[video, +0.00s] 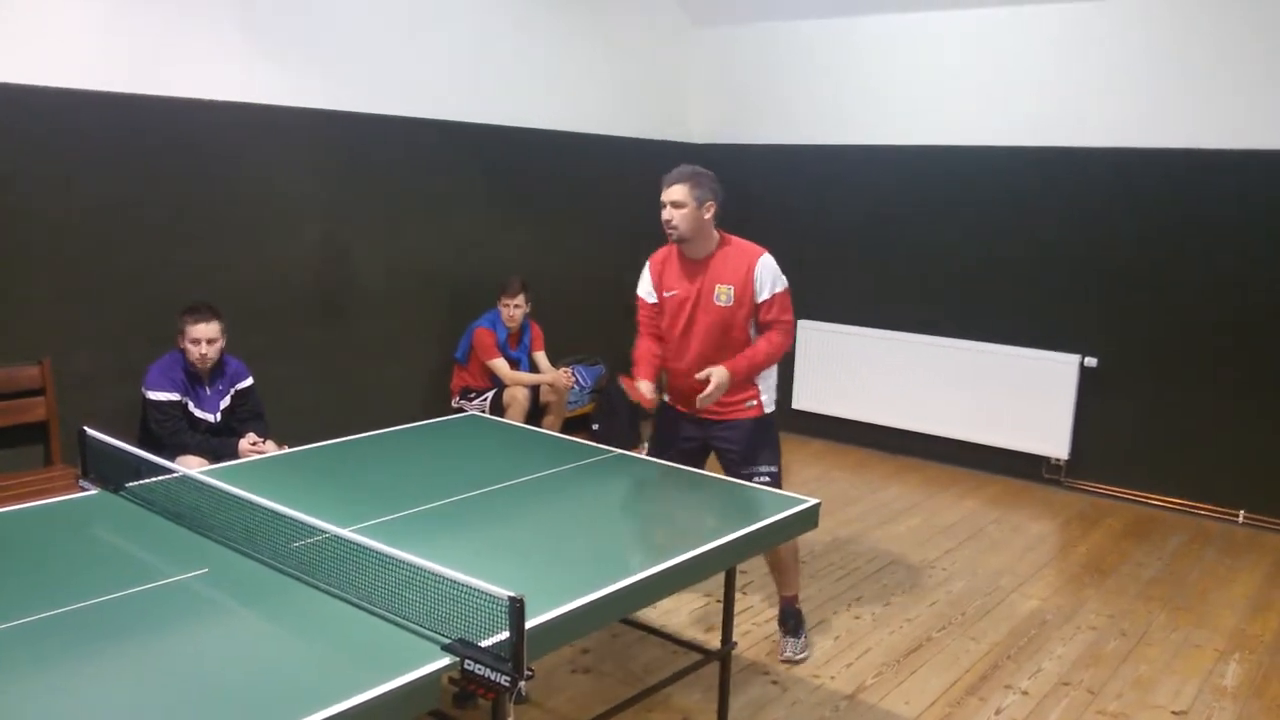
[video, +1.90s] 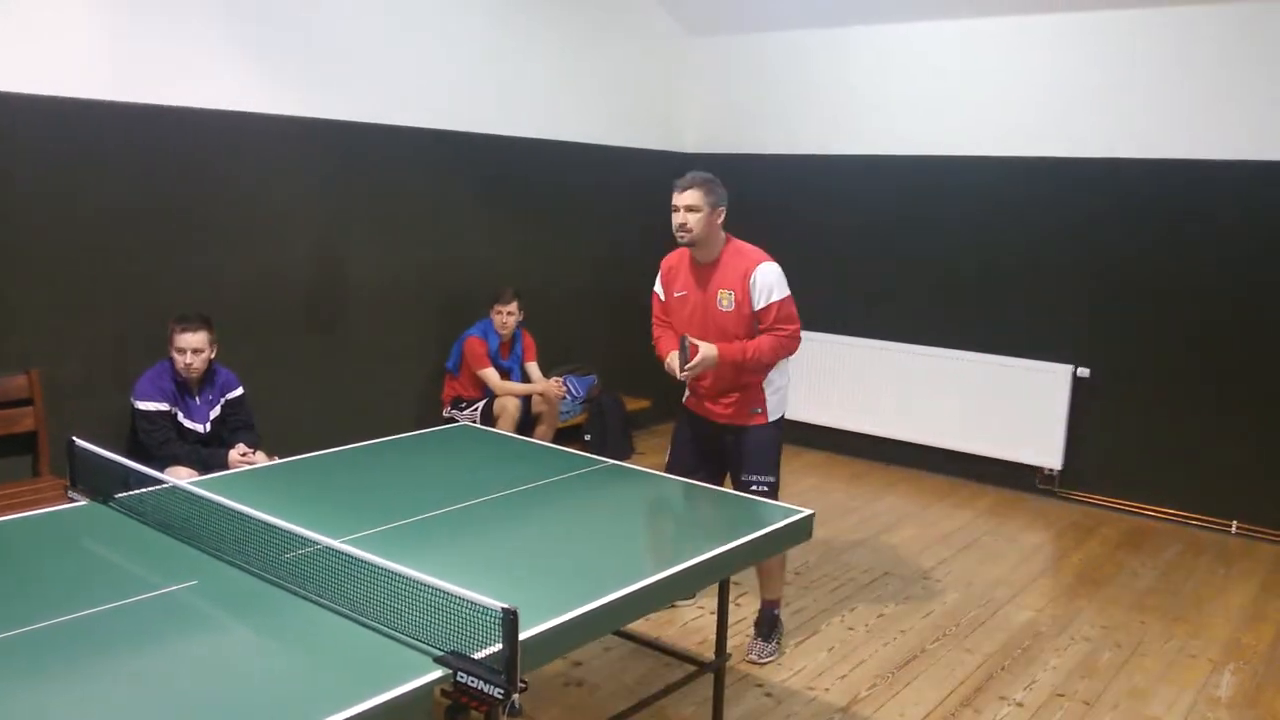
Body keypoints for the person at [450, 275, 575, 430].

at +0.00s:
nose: (511, 313)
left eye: (517, 307)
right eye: (506, 306)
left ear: (527, 308)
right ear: (498, 306)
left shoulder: (532, 330)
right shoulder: (483, 331)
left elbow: (546, 368)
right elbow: (508, 378)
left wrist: (560, 377)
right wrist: (550, 379)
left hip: (505, 390)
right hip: (470, 397)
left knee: (558, 393)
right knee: (519, 395)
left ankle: (545, 453)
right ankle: (508, 453)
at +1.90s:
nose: (504, 320)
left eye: (510, 314)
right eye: (499, 313)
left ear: (520, 316)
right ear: (491, 314)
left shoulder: (523, 339)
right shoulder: (474, 340)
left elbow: (538, 379)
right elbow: (498, 388)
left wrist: (552, 387)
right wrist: (542, 388)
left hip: (496, 401)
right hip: (461, 407)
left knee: (550, 403)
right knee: (510, 405)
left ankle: (536, 463)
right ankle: (498, 462)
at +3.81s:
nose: (511, 320)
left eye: (517, 314)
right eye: (506, 313)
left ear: (525, 315)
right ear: (497, 313)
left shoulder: (529, 337)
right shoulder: (479, 339)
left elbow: (543, 377)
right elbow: (503, 387)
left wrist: (556, 385)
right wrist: (547, 386)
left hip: (502, 399)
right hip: (466, 406)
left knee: (555, 400)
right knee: (516, 403)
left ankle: (544, 462)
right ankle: (503, 461)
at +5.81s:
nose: (504, 325)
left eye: (510, 319)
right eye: (498, 318)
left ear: (518, 320)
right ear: (489, 317)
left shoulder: (521, 342)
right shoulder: (472, 344)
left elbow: (536, 383)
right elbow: (496, 392)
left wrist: (550, 391)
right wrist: (540, 391)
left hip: (493, 405)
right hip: (457, 411)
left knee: (547, 406)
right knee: (508, 407)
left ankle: (535, 468)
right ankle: (495, 467)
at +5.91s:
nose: (504, 324)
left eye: (510, 318)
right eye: (498, 317)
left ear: (518, 319)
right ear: (489, 316)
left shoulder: (521, 341)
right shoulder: (472, 343)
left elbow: (536, 382)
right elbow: (496, 391)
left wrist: (550, 390)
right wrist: (539, 391)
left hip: (494, 404)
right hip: (457, 410)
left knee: (547, 405)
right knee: (508, 407)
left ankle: (534, 468)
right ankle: (495, 467)